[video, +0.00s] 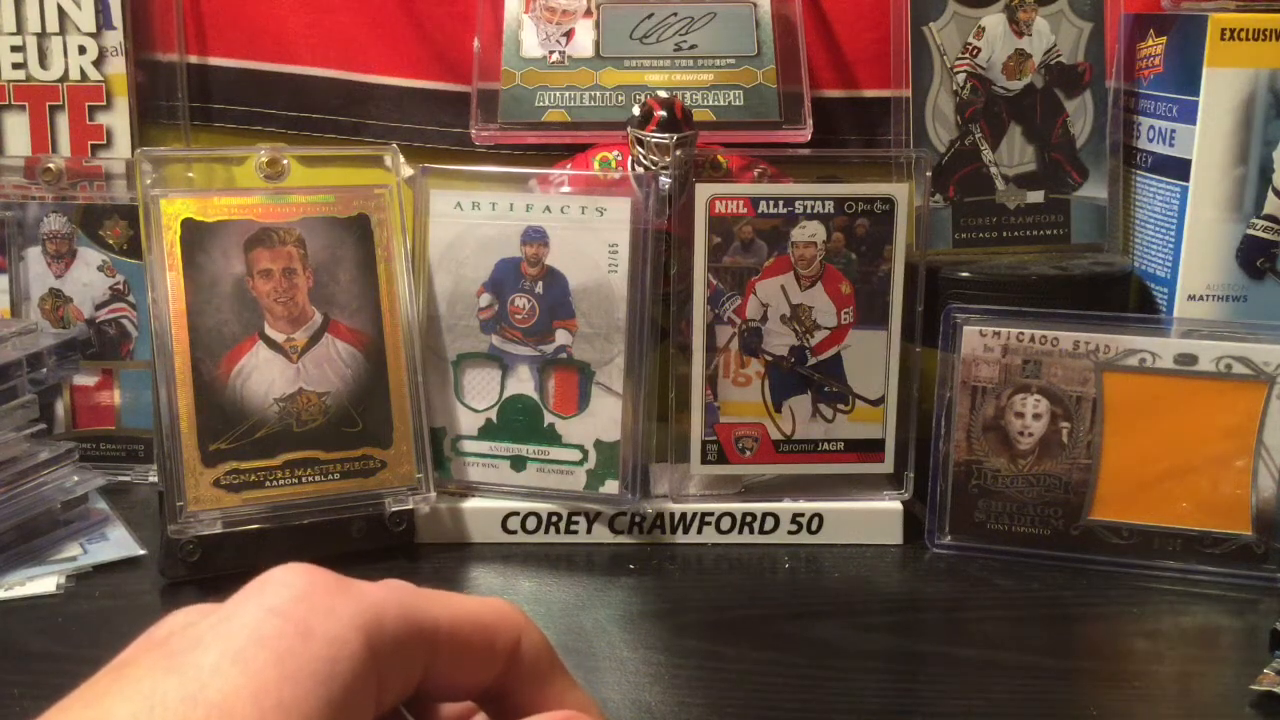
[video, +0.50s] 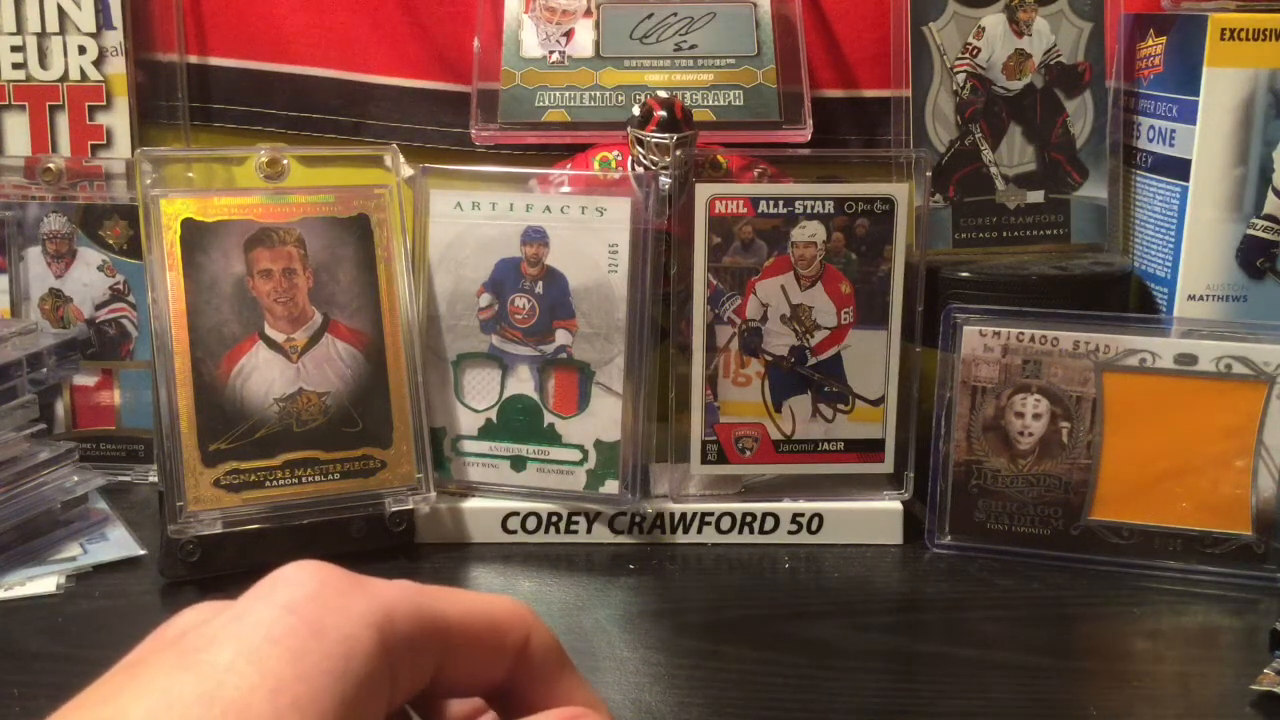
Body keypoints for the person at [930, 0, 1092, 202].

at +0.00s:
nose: (1030, 17)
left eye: (1034, 11)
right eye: (1024, 11)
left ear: (1037, 11)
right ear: (1011, 9)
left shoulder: (1041, 27)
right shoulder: (990, 26)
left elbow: (1051, 61)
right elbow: (965, 63)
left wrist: (1068, 75)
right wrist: (969, 99)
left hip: (1025, 92)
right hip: (992, 94)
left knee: (1056, 123)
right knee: (979, 140)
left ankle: (1064, 176)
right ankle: (942, 184)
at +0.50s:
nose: (1030, 17)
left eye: (1034, 11)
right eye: (1025, 11)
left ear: (1037, 11)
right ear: (1011, 9)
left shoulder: (1041, 28)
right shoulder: (990, 26)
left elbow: (1051, 61)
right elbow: (965, 63)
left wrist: (1068, 75)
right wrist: (969, 98)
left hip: (1025, 92)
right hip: (992, 93)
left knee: (1056, 123)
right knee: (980, 139)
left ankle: (1063, 176)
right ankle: (942, 183)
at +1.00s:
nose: (1030, 17)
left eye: (1034, 11)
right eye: (1024, 11)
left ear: (1037, 11)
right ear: (1011, 9)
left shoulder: (1041, 28)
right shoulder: (990, 26)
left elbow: (1051, 62)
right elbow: (964, 63)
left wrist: (1069, 75)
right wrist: (969, 98)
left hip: (1025, 92)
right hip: (992, 93)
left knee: (1056, 124)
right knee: (980, 138)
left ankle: (1064, 176)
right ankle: (943, 184)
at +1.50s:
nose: (1030, 16)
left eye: (1033, 11)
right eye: (1024, 11)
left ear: (1037, 10)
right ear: (1011, 9)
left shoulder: (1041, 28)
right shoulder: (990, 26)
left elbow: (1051, 62)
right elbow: (965, 63)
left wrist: (1069, 75)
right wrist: (970, 99)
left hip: (1026, 91)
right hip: (992, 93)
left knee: (1056, 124)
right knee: (980, 138)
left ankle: (1063, 176)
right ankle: (942, 184)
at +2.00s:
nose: (1030, 17)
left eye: (1034, 11)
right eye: (1025, 11)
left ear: (1037, 11)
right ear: (1011, 9)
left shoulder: (1041, 27)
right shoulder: (990, 26)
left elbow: (1050, 61)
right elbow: (965, 63)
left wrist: (1068, 74)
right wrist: (969, 98)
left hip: (1026, 91)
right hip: (993, 93)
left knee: (1056, 124)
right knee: (979, 138)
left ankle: (1063, 178)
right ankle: (942, 186)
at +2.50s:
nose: (1030, 16)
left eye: (1033, 10)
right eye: (1024, 10)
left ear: (1037, 10)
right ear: (1010, 9)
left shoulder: (1041, 27)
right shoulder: (990, 26)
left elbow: (1050, 60)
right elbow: (965, 63)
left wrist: (1067, 75)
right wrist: (969, 98)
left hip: (1025, 92)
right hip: (992, 93)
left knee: (1056, 123)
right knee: (979, 138)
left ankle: (1063, 177)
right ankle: (942, 186)